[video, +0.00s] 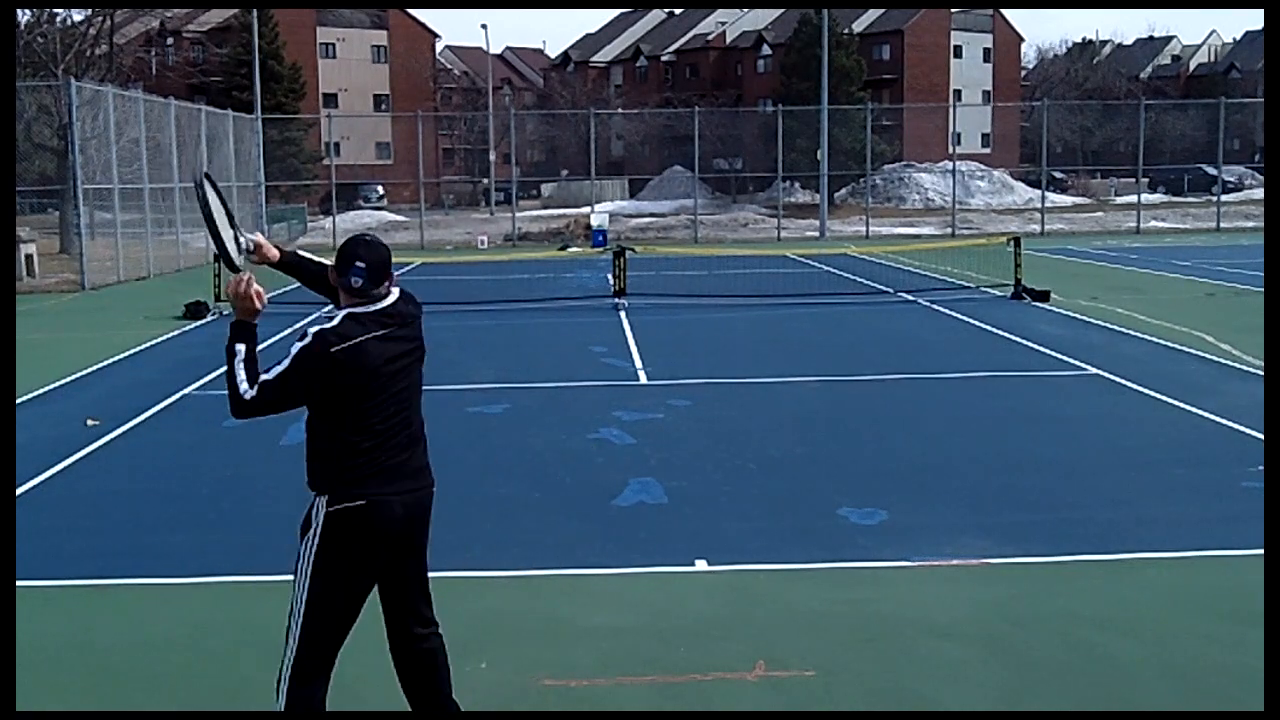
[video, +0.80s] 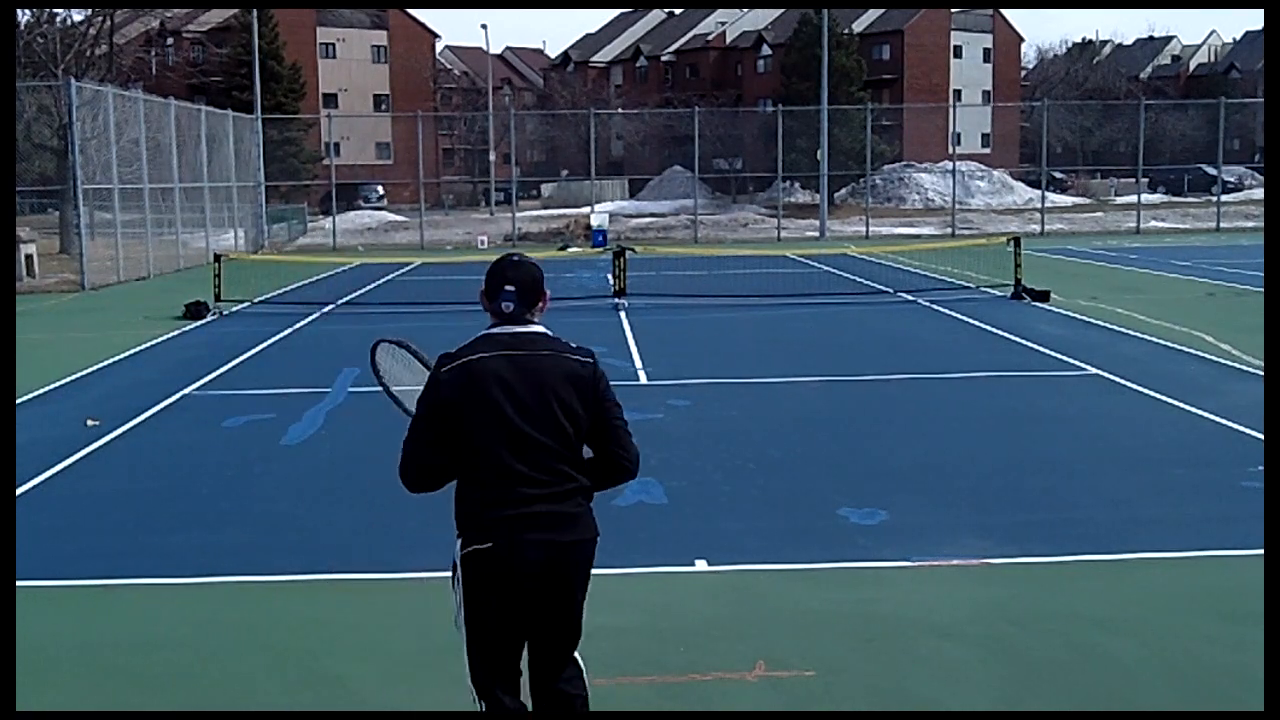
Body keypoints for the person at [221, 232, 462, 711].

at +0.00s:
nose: (337, 283)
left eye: (341, 279)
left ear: (343, 285)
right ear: (388, 281)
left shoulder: (329, 341)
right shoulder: (406, 311)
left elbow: (245, 400)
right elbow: (345, 288)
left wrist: (243, 320)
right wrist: (281, 257)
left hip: (346, 509)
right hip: (410, 498)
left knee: (309, 657)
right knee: (416, 632)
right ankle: (441, 713)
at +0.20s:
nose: (374, 276)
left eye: (376, 271)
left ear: (376, 278)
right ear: (427, 272)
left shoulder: (375, 332)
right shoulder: (443, 307)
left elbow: (288, 392)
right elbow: (374, 296)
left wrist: (285, 313)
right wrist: (327, 262)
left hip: (388, 499)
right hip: (445, 490)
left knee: (360, 635)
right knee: (434, 630)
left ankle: (362, 715)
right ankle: (446, 713)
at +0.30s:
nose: (394, 283)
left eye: (397, 277)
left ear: (396, 281)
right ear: (447, 276)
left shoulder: (389, 337)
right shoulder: (464, 316)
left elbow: (303, 394)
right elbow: (401, 322)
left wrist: (304, 315)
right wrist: (353, 292)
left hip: (404, 504)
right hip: (463, 495)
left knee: (376, 638)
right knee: (440, 629)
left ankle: (425, 710)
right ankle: (454, 708)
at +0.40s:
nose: (412, 294)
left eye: (413, 288)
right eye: (463, 284)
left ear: (412, 294)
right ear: (465, 291)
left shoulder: (399, 356)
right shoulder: (488, 339)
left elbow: (326, 419)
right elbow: (438, 363)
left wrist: (326, 343)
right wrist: (377, 341)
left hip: (421, 518)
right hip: (479, 509)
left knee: (407, 658)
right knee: (448, 643)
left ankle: (459, 712)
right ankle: (451, 715)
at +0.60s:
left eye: (445, 300)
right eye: (497, 300)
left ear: (443, 305)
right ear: (500, 305)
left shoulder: (421, 372)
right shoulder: (534, 364)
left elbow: (379, 474)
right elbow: (560, 457)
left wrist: (396, 406)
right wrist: (504, 424)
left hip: (458, 538)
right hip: (526, 533)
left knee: (477, 678)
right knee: (477, 672)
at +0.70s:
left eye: (465, 297)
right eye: (522, 297)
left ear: (463, 302)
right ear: (521, 302)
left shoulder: (438, 368)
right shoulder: (556, 360)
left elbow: (397, 473)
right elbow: (595, 457)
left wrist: (434, 414)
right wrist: (539, 452)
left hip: (476, 540)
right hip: (550, 534)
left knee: (486, 677)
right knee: (523, 664)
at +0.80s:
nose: (544, 302)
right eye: (545, 296)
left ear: (485, 302)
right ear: (543, 302)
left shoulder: (455, 369)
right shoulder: (579, 362)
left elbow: (417, 475)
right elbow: (622, 461)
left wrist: (471, 446)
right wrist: (567, 476)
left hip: (490, 547)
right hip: (568, 542)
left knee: (495, 680)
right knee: (557, 666)